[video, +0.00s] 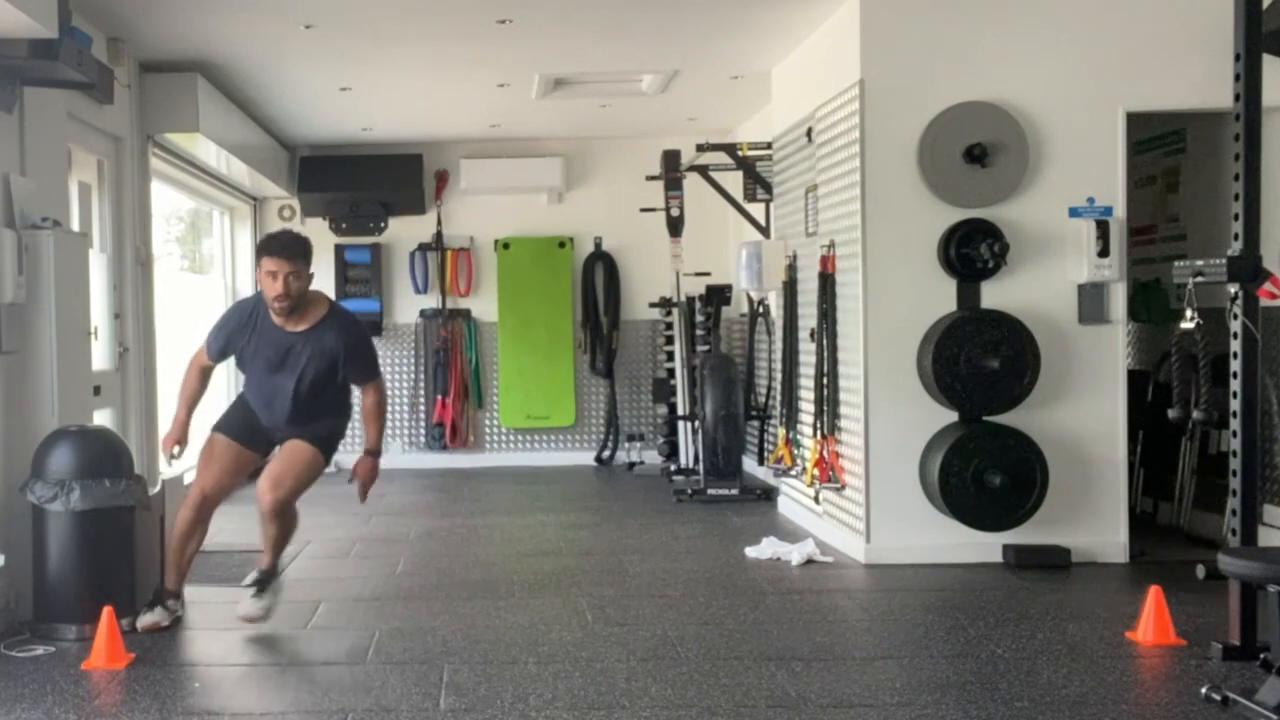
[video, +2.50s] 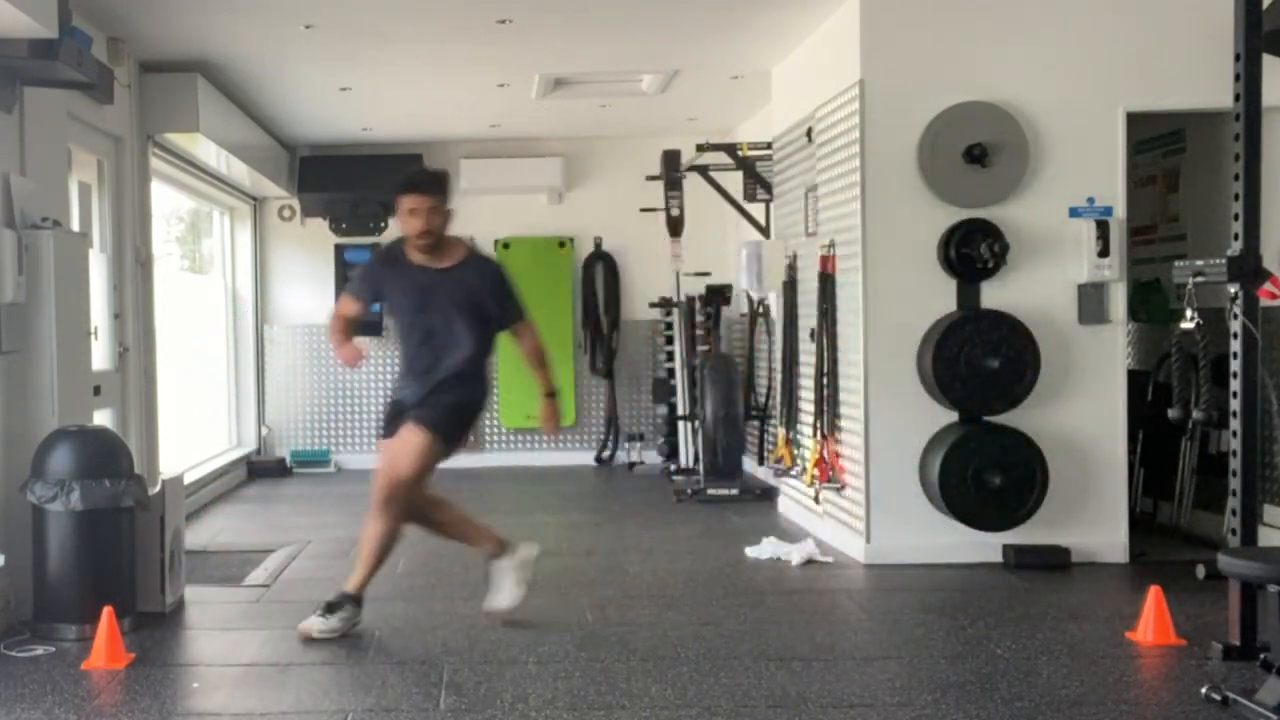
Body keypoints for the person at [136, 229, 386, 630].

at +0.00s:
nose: (280, 289)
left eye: (291, 277)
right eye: (271, 277)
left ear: (309, 277)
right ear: (259, 276)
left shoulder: (342, 329)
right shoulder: (244, 316)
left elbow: (372, 389)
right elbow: (201, 363)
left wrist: (372, 452)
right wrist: (180, 422)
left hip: (316, 423)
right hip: (255, 409)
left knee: (272, 494)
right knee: (202, 492)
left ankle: (266, 573)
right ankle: (170, 596)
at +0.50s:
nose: (468, 249)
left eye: (478, 238)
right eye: (458, 237)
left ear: (489, 242)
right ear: (438, 240)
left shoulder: (505, 293)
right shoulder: (409, 292)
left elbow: (519, 344)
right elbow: (343, 332)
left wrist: (522, 398)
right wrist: (334, 355)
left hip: (462, 410)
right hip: (402, 401)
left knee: (455, 512)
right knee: (371, 503)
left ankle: (437, 560)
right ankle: (331, 609)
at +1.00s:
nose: (820, 211)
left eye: (825, 201)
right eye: (808, 201)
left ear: (833, 204)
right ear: (782, 205)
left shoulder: (843, 261)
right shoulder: (758, 268)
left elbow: (859, 316)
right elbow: (697, 336)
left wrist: (878, 368)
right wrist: (693, 414)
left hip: (817, 388)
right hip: (763, 390)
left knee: (856, 494)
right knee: (829, 484)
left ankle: (766, 533)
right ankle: (830, 601)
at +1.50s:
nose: (1005, 284)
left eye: (1015, 271)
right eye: (992, 272)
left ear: (1029, 271)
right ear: (972, 275)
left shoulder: (1044, 308)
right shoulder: (944, 319)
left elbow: (1075, 359)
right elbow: (885, 383)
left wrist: (1099, 419)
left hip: (1002, 404)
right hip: (933, 408)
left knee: (1072, 484)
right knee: (979, 478)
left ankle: (1085, 578)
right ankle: (969, 567)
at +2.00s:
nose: (774, 243)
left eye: (783, 231)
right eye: (763, 233)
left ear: (796, 230)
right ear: (749, 233)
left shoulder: (823, 280)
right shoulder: (726, 284)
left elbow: (869, 335)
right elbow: (680, 343)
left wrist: (903, 395)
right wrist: (706, 407)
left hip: (806, 398)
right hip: (746, 407)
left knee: (809, 494)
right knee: (777, 507)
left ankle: (816, 594)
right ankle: (849, 528)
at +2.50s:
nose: (422, 224)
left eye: (431, 213)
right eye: (411, 214)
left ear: (446, 213)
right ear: (398, 217)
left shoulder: (481, 272)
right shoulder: (387, 264)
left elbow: (524, 332)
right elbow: (342, 316)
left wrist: (548, 393)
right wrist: (342, 340)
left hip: (456, 391)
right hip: (408, 391)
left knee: (391, 482)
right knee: (399, 496)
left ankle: (350, 598)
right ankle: (503, 551)